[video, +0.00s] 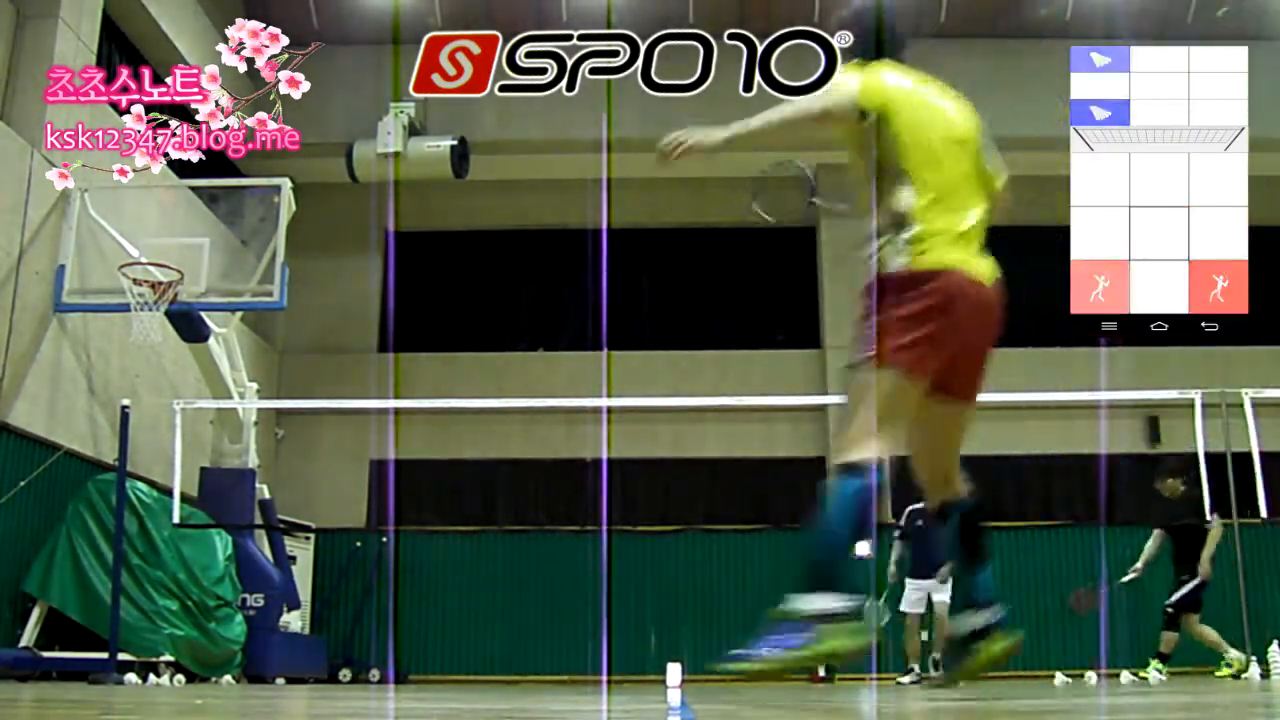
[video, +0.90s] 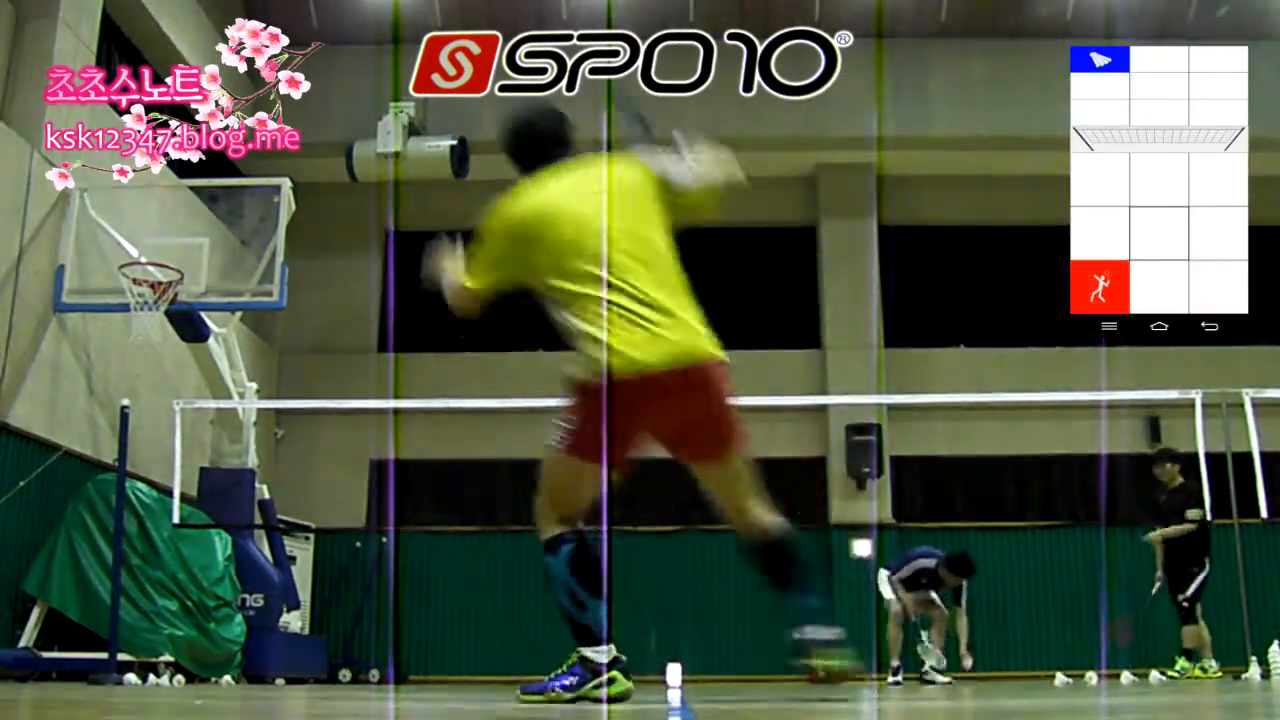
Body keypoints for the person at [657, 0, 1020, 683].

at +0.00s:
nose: (830, 61)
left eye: (833, 49)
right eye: (831, 52)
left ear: (851, 47)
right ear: (897, 47)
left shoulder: (870, 79)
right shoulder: (955, 104)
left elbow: (805, 110)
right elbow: (997, 195)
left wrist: (719, 134)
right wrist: (922, 211)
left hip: (923, 280)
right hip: (979, 287)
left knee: (866, 433)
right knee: (937, 457)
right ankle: (974, 610)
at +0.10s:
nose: (806, 125)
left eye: (809, 116)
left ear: (817, 112)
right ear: (870, 112)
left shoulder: (826, 148)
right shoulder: (923, 172)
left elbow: (787, 191)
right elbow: (966, 261)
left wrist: (666, 204)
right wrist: (897, 277)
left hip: (863, 343)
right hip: (933, 354)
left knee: (792, 485)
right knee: (897, 511)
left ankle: (727, 634)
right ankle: (926, 656)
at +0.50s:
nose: (738, 125)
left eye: (739, 117)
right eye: (750, 115)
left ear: (742, 122)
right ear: (794, 122)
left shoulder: (749, 160)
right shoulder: (844, 176)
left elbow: (740, 216)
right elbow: (894, 254)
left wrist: (657, 284)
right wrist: (842, 291)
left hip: (787, 346)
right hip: (853, 354)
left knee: (713, 475)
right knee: (850, 506)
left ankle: (671, 606)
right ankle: (900, 627)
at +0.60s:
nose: (710, 183)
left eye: (710, 173)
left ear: (716, 174)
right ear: (765, 168)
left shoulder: (736, 215)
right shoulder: (818, 223)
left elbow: (742, 272)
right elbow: (867, 290)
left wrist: (654, 333)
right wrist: (826, 339)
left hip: (784, 401)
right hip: (847, 409)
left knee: (682, 501)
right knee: (841, 536)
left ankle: (629, 626)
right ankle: (917, 646)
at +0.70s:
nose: (659, 228)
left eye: (659, 219)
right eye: (663, 216)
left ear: (665, 221)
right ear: (713, 211)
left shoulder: (694, 257)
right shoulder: (772, 259)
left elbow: (692, 313)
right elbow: (832, 319)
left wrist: (592, 359)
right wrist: (793, 370)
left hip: (767, 430)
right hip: (830, 436)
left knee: (639, 512)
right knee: (824, 554)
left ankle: (610, 652)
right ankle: (921, 653)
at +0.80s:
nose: (575, 212)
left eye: (576, 202)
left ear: (586, 201)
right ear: (634, 186)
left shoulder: (602, 244)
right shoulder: (701, 227)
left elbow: (553, 323)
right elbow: (780, 271)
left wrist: (488, 350)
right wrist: (712, 276)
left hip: (703, 415)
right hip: (772, 414)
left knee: (585, 509)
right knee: (824, 544)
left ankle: (600, 663)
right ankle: (909, 643)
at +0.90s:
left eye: (514, 160)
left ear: (517, 159)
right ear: (570, 141)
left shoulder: (518, 210)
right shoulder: (634, 169)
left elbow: (466, 297)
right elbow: (711, 181)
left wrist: (445, 264)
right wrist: (701, 158)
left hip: (612, 376)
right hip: (694, 362)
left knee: (558, 513)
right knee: (748, 506)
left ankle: (597, 661)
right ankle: (818, 632)